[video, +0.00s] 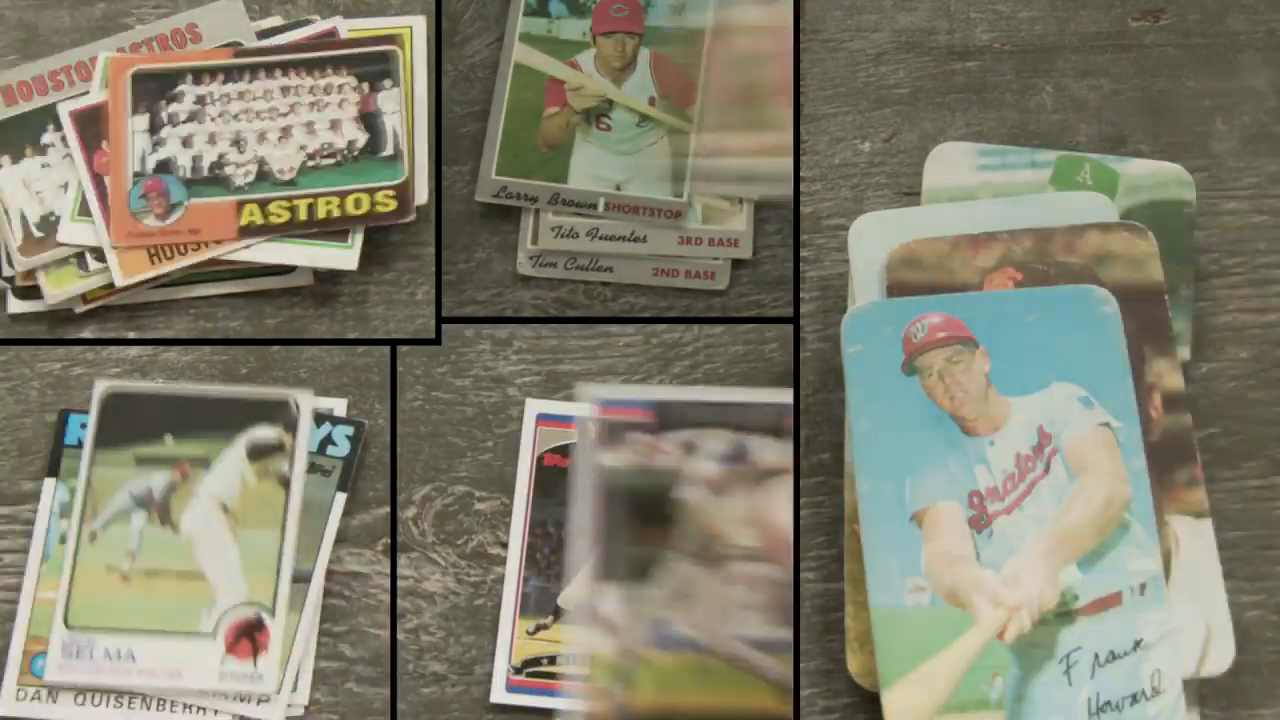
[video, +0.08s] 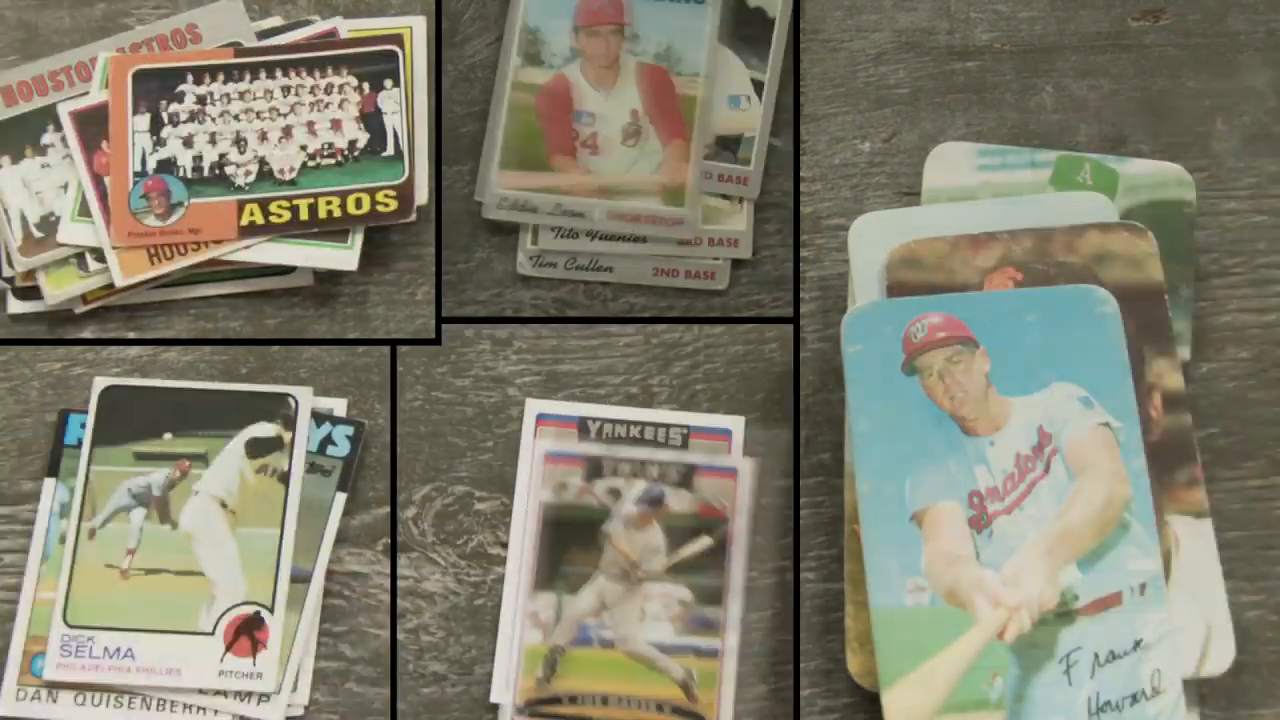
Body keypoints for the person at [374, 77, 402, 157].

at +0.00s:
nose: (386, 87)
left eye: (387, 85)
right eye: (385, 85)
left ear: (390, 85)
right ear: (383, 86)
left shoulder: (396, 91)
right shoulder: (381, 94)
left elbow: (400, 102)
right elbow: (379, 105)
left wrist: (400, 110)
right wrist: (384, 111)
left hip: (396, 113)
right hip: (386, 115)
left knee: (400, 132)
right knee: (389, 133)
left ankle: (403, 147)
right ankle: (389, 150)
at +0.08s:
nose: (388, 85)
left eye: (389, 83)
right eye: (386, 83)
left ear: (392, 83)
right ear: (384, 84)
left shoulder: (397, 91)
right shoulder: (381, 94)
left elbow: (401, 101)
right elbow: (379, 103)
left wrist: (398, 108)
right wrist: (384, 109)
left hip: (397, 114)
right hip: (386, 114)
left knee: (400, 132)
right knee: (389, 133)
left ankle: (404, 149)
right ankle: (390, 150)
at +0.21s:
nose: (387, 85)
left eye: (389, 83)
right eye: (386, 83)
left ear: (392, 83)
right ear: (383, 84)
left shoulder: (397, 91)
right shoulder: (381, 94)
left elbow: (401, 101)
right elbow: (379, 103)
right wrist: (384, 108)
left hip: (397, 114)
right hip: (386, 115)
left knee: (400, 132)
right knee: (389, 133)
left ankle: (403, 149)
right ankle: (389, 150)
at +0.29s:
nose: (391, 85)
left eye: (393, 83)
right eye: (389, 83)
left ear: (396, 83)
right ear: (387, 84)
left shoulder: (400, 91)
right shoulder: (385, 93)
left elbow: (404, 102)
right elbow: (383, 103)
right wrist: (388, 108)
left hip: (400, 114)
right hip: (390, 115)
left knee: (403, 133)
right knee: (392, 133)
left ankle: (407, 149)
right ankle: (392, 150)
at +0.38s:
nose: (391, 85)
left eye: (393, 83)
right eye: (390, 83)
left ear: (396, 84)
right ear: (387, 84)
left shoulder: (400, 92)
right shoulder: (385, 94)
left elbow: (404, 102)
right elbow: (383, 104)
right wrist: (389, 108)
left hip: (400, 114)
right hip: (389, 115)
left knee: (403, 133)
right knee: (392, 133)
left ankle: (407, 149)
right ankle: (392, 150)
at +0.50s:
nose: (391, 85)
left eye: (393, 83)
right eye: (389, 84)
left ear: (396, 84)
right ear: (387, 85)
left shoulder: (400, 92)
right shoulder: (385, 94)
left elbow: (404, 102)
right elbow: (383, 104)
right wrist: (388, 108)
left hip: (400, 114)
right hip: (390, 115)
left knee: (403, 133)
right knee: (392, 134)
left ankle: (407, 149)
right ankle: (392, 150)